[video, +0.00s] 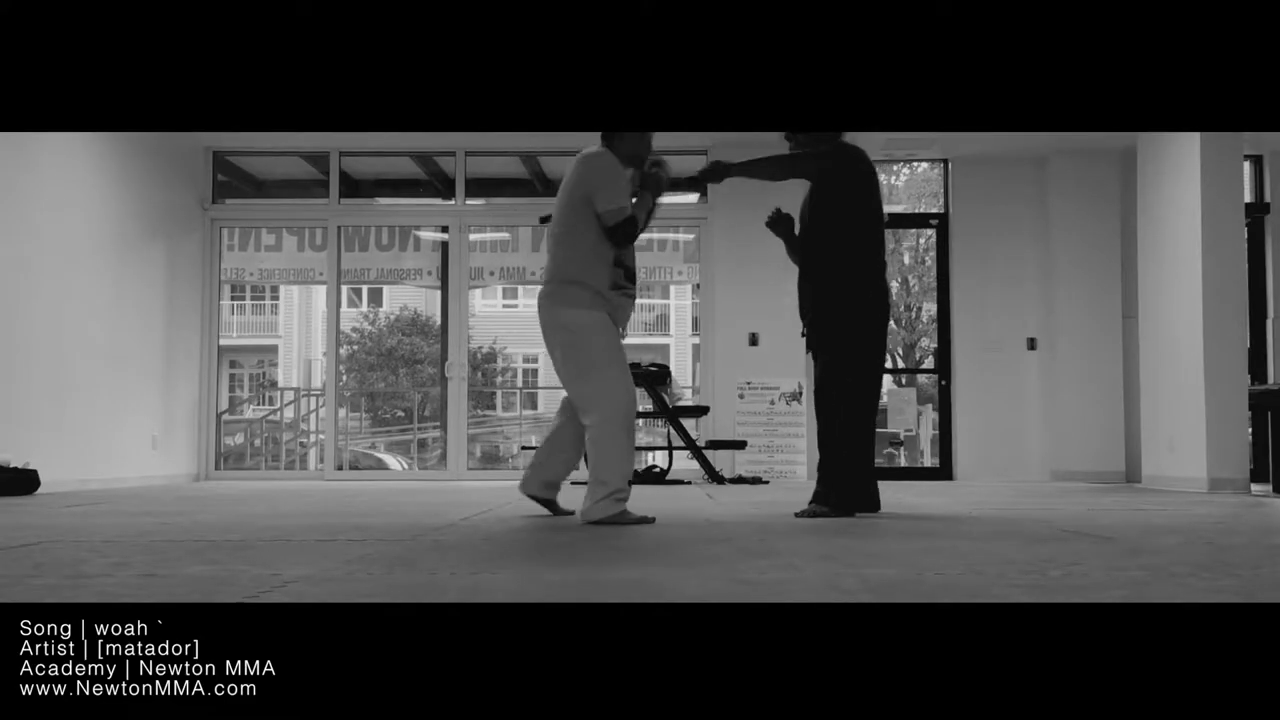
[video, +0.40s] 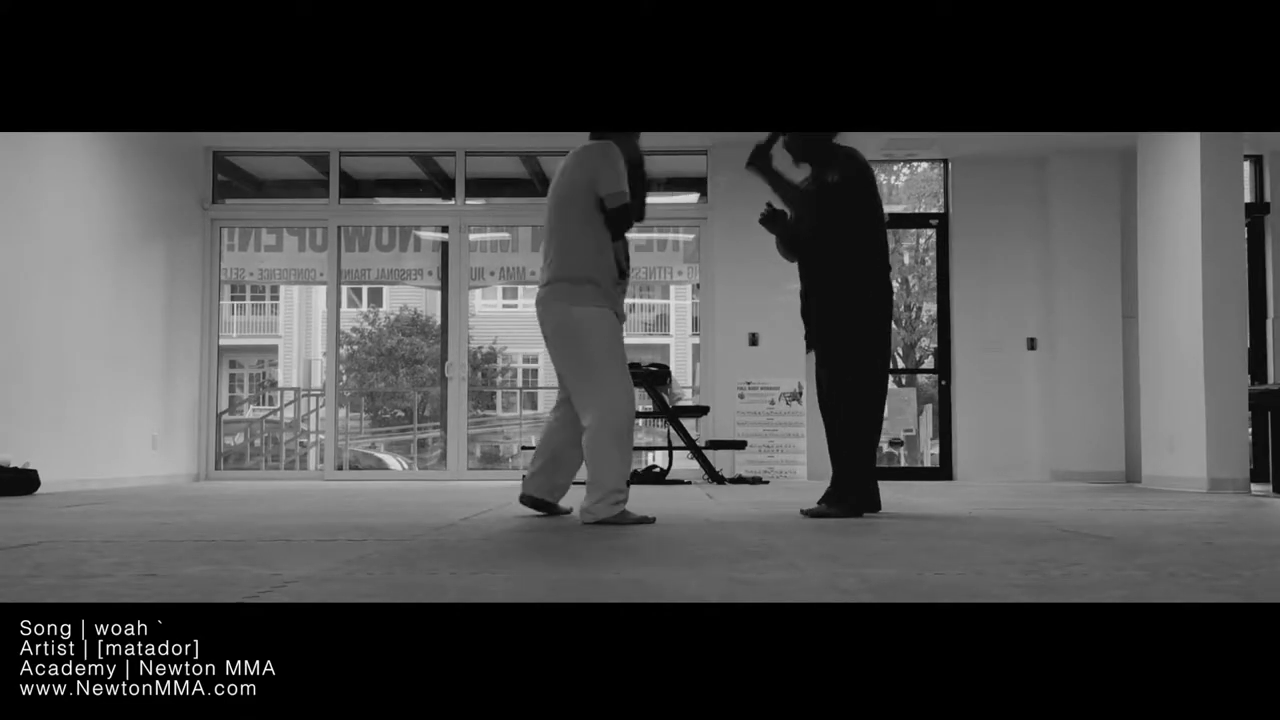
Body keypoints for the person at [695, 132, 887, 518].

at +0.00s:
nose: (792, 148)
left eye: (793, 141)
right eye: (791, 144)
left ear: (808, 138)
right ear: (830, 134)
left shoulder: (845, 160)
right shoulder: (833, 181)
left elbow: (786, 167)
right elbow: (814, 262)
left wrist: (728, 169)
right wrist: (788, 233)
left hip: (848, 312)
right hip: (842, 312)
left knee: (841, 403)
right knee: (843, 404)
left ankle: (841, 498)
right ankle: (849, 496)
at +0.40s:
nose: (785, 148)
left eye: (787, 139)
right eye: (784, 142)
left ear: (804, 137)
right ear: (818, 138)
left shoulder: (841, 168)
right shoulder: (832, 170)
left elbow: (816, 215)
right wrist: (785, 229)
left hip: (850, 312)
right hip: (838, 310)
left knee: (846, 400)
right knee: (842, 399)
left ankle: (850, 496)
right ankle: (854, 493)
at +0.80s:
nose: (773, 143)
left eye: (778, 136)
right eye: (774, 137)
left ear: (798, 135)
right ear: (794, 137)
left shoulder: (829, 166)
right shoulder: (800, 171)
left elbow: (815, 240)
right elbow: (798, 230)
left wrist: (750, 246)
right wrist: (769, 231)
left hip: (860, 301)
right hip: (837, 301)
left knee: (852, 394)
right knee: (844, 394)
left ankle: (848, 496)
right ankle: (859, 489)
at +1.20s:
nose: (762, 139)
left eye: (766, 133)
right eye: (763, 134)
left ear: (787, 134)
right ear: (786, 136)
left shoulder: (819, 169)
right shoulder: (795, 169)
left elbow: (802, 250)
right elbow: (753, 208)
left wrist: (737, 264)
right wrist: (699, 199)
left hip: (847, 307)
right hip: (824, 308)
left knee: (848, 397)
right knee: (823, 396)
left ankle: (847, 499)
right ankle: (828, 487)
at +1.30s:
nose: (760, 139)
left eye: (764, 133)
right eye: (761, 134)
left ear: (785, 133)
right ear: (788, 135)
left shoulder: (812, 170)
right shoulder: (797, 167)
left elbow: (777, 245)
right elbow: (754, 212)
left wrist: (708, 257)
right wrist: (711, 197)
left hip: (839, 308)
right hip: (818, 307)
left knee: (844, 395)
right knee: (816, 393)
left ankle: (845, 499)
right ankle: (814, 483)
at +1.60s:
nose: (747, 145)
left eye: (753, 137)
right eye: (748, 137)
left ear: (774, 141)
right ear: (782, 142)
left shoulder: (784, 183)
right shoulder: (791, 179)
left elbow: (726, 234)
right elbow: (776, 231)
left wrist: (680, 202)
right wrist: (737, 216)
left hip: (814, 314)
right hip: (799, 314)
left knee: (816, 403)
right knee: (791, 403)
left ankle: (838, 495)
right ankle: (791, 492)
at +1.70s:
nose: (741, 148)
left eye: (746, 141)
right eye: (742, 141)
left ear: (766, 144)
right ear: (777, 146)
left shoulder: (775, 178)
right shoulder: (789, 179)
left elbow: (712, 214)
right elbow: (756, 248)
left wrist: (666, 187)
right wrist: (728, 218)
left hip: (804, 309)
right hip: (799, 309)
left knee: (804, 400)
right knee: (789, 401)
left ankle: (826, 489)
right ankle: (790, 490)